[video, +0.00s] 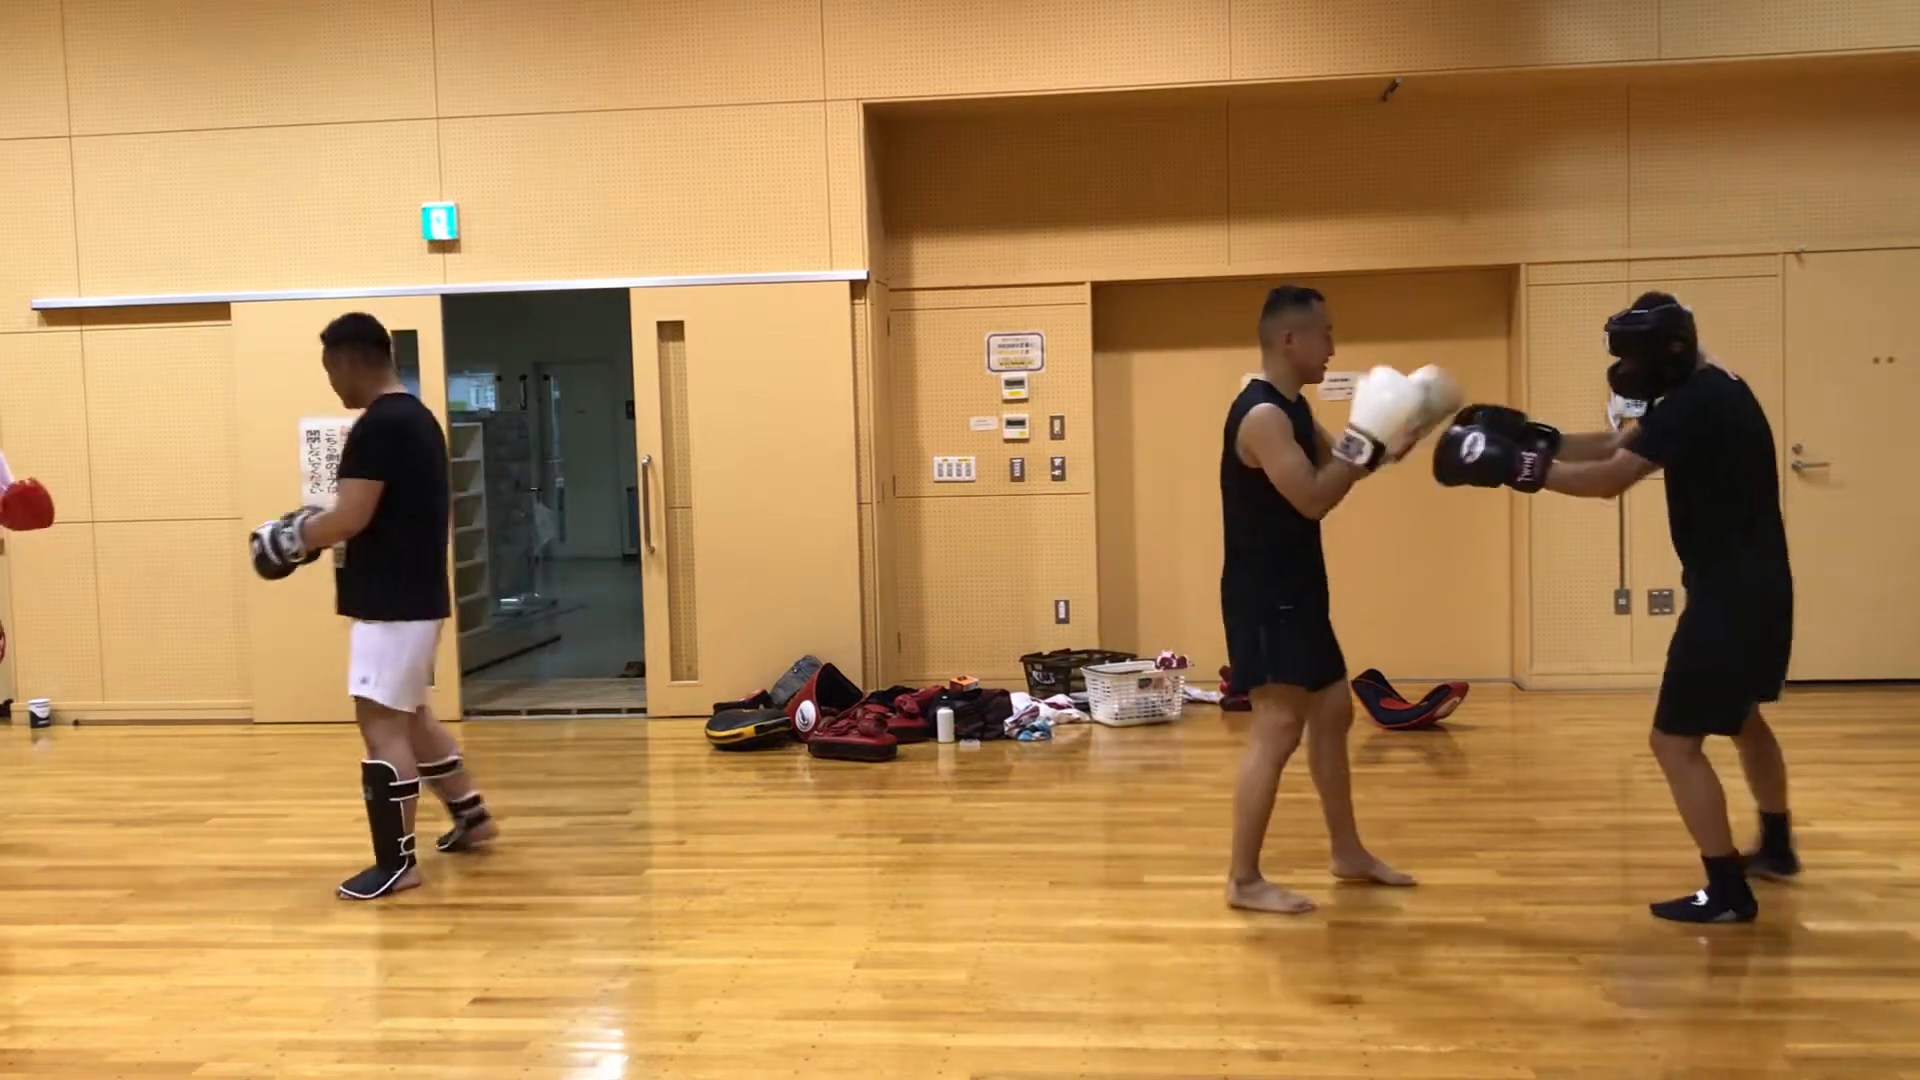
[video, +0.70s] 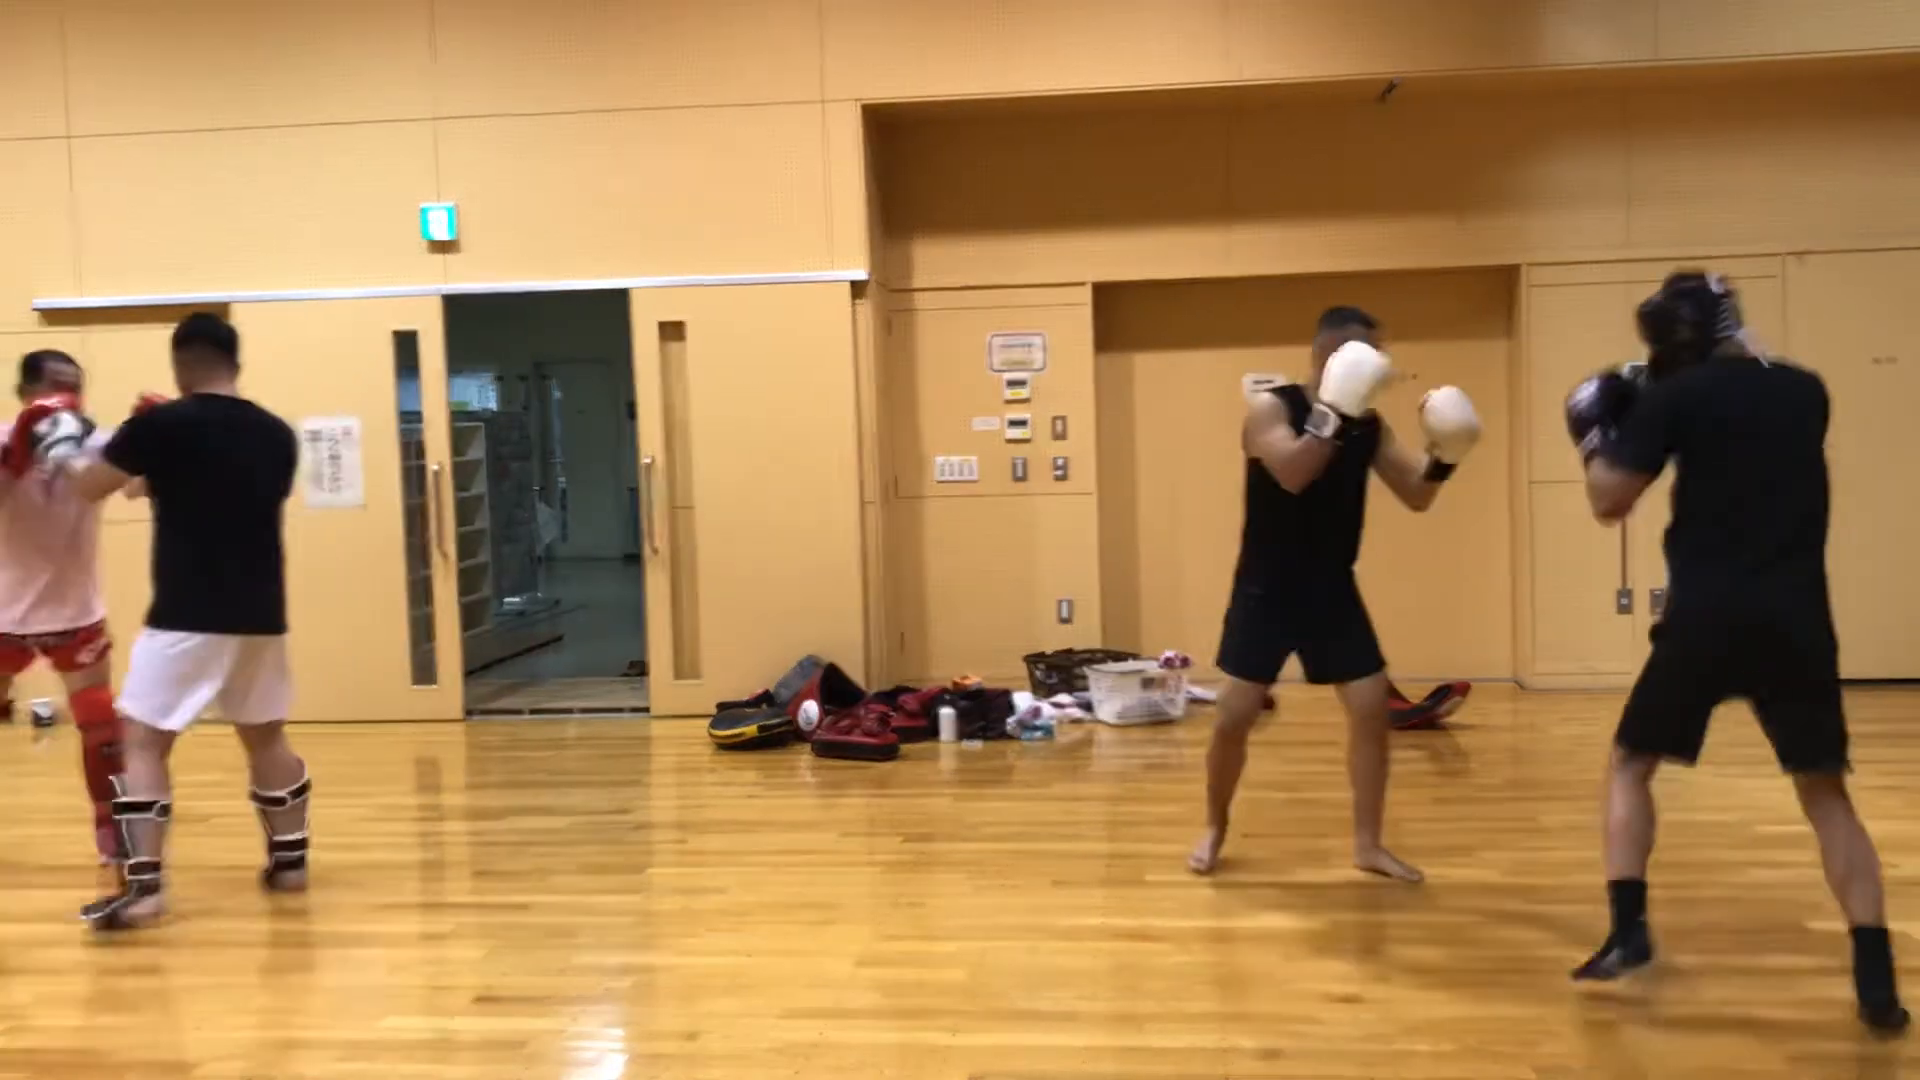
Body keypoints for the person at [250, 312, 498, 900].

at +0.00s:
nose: (330, 380)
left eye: (331, 367)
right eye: (327, 369)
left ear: (355, 360)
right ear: (381, 357)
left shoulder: (378, 425)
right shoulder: (416, 419)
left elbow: (349, 517)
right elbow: (389, 515)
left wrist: (292, 537)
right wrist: (315, 528)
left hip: (389, 606)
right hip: (417, 601)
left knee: (381, 723)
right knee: (410, 714)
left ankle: (396, 863)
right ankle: (470, 816)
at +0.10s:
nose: (309, 361)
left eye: (313, 350)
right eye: (310, 350)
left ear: (334, 353)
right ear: (365, 353)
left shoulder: (345, 423)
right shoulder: (401, 416)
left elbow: (318, 517)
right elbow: (404, 514)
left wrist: (261, 538)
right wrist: (312, 542)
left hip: (374, 607)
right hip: (393, 602)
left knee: (388, 726)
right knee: (355, 706)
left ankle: (397, 862)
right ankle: (416, 815)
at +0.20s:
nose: (286, 357)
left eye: (292, 347)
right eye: (289, 346)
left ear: (310, 354)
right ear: (344, 356)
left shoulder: (310, 428)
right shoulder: (384, 423)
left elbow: (282, 526)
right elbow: (389, 516)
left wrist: (235, 530)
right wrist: (303, 539)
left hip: (351, 611)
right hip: (377, 604)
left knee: (378, 727)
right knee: (325, 705)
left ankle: (397, 861)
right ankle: (343, 841)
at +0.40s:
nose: (249, 366)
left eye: (253, 355)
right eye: (253, 355)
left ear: (268, 359)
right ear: (309, 361)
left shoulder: (260, 435)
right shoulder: (349, 430)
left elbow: (222, 524)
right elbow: (380, 514)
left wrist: (179, 505)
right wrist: (315, 524)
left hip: (295, 615)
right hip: (338, 610)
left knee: (327, 733)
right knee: (287, 724)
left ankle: (390, 857)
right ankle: (288, 861)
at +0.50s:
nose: (231, 366)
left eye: (233, 356)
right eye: (233, 356)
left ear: (244, 357)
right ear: (292, 359)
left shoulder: (232, 426)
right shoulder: (330, 431)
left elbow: (181, 506)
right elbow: (353, 519)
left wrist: (146, 471)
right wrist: (285, 513)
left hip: (259, 607)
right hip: (316, 607)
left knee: (253, 739)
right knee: (286, 732)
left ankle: (355, 831)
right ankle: (289, 857)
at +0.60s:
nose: (210, 366)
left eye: (211, 356)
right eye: (212, 356)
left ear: (222, 356)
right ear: (271, 357)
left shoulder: (203, 420)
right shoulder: (308, 427)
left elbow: (131, 495)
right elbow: (315, 516)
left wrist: (109, 454)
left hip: (227, 607)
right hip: (294, 607)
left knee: (190, 734)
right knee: (279, 729)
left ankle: (280, 832)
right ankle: (295, 861)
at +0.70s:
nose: (182, 374)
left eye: (179, 364)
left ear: (178, 366)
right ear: (237, 365)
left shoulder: (164, 425)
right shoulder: (276, 433)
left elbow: (90, 485)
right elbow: (258, 499)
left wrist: (65, 444)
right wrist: (160, 472)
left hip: (187, 616)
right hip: (262, 615)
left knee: (142, 739)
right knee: (266, 736)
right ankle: (290, 863)